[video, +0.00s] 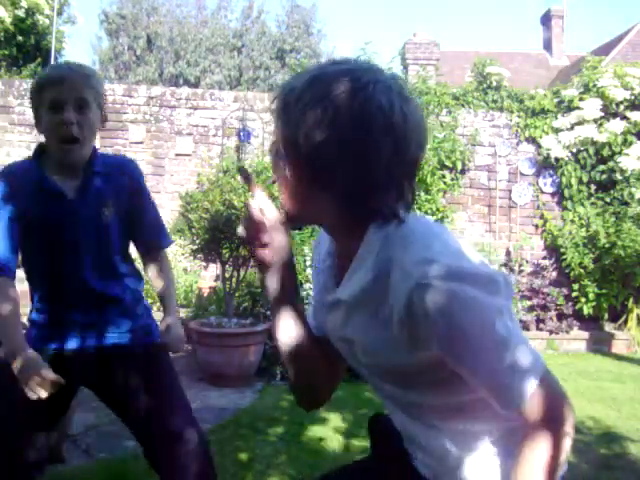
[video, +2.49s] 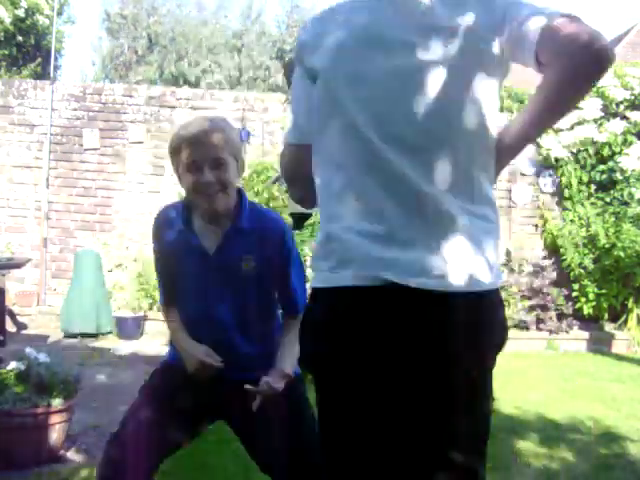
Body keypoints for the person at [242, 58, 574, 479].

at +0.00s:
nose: (273, 164)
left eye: (282, 151)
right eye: (276, 150)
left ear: (326, 162)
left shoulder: (433, 284)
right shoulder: (333, 245)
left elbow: (552, 417)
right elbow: (313, 390)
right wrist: (277, 270)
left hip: (484, 472)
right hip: (413, 450)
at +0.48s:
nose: (345, 179)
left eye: (351, 164)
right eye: (350, 163)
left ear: (373, 178)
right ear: (456, 177)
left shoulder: (448, 277)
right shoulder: (413, 259)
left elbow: (556, 435)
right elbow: (368, 388)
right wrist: (344, 259)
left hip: (510, 471)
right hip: (456, 464)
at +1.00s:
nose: (352, 148)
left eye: (363, 137)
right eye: (359, 137)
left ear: (403, 154)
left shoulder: (456, 260)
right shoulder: (422, 251)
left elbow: (569, 422)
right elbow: (378, 378)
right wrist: (349, 253)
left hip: (524, 471)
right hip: (479, 464)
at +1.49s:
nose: (382, 153)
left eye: (406, 143)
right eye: (365, 139)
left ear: (439, 180)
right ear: (341, 163)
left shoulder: (464, 271)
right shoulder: (367, 258)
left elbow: (562, 420)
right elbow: (375, 392)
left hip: (517, 470)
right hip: (445, 463)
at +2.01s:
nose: (324, 35)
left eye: (329, 19)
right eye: (328, 19)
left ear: (347, 20)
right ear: (411, 22)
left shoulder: (381, 72)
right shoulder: (459, 80)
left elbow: (421, 245)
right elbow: (559, 138)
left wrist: (299, 137)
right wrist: (481, 195)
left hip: (427, 373)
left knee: (324, 474)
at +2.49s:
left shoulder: (323, 27)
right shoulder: (482, 8)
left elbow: (297, 172)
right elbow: (586, 51)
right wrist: (503, 147)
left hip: (350, 295)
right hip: (463, 297)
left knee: (351, 464)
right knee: (455, 465)